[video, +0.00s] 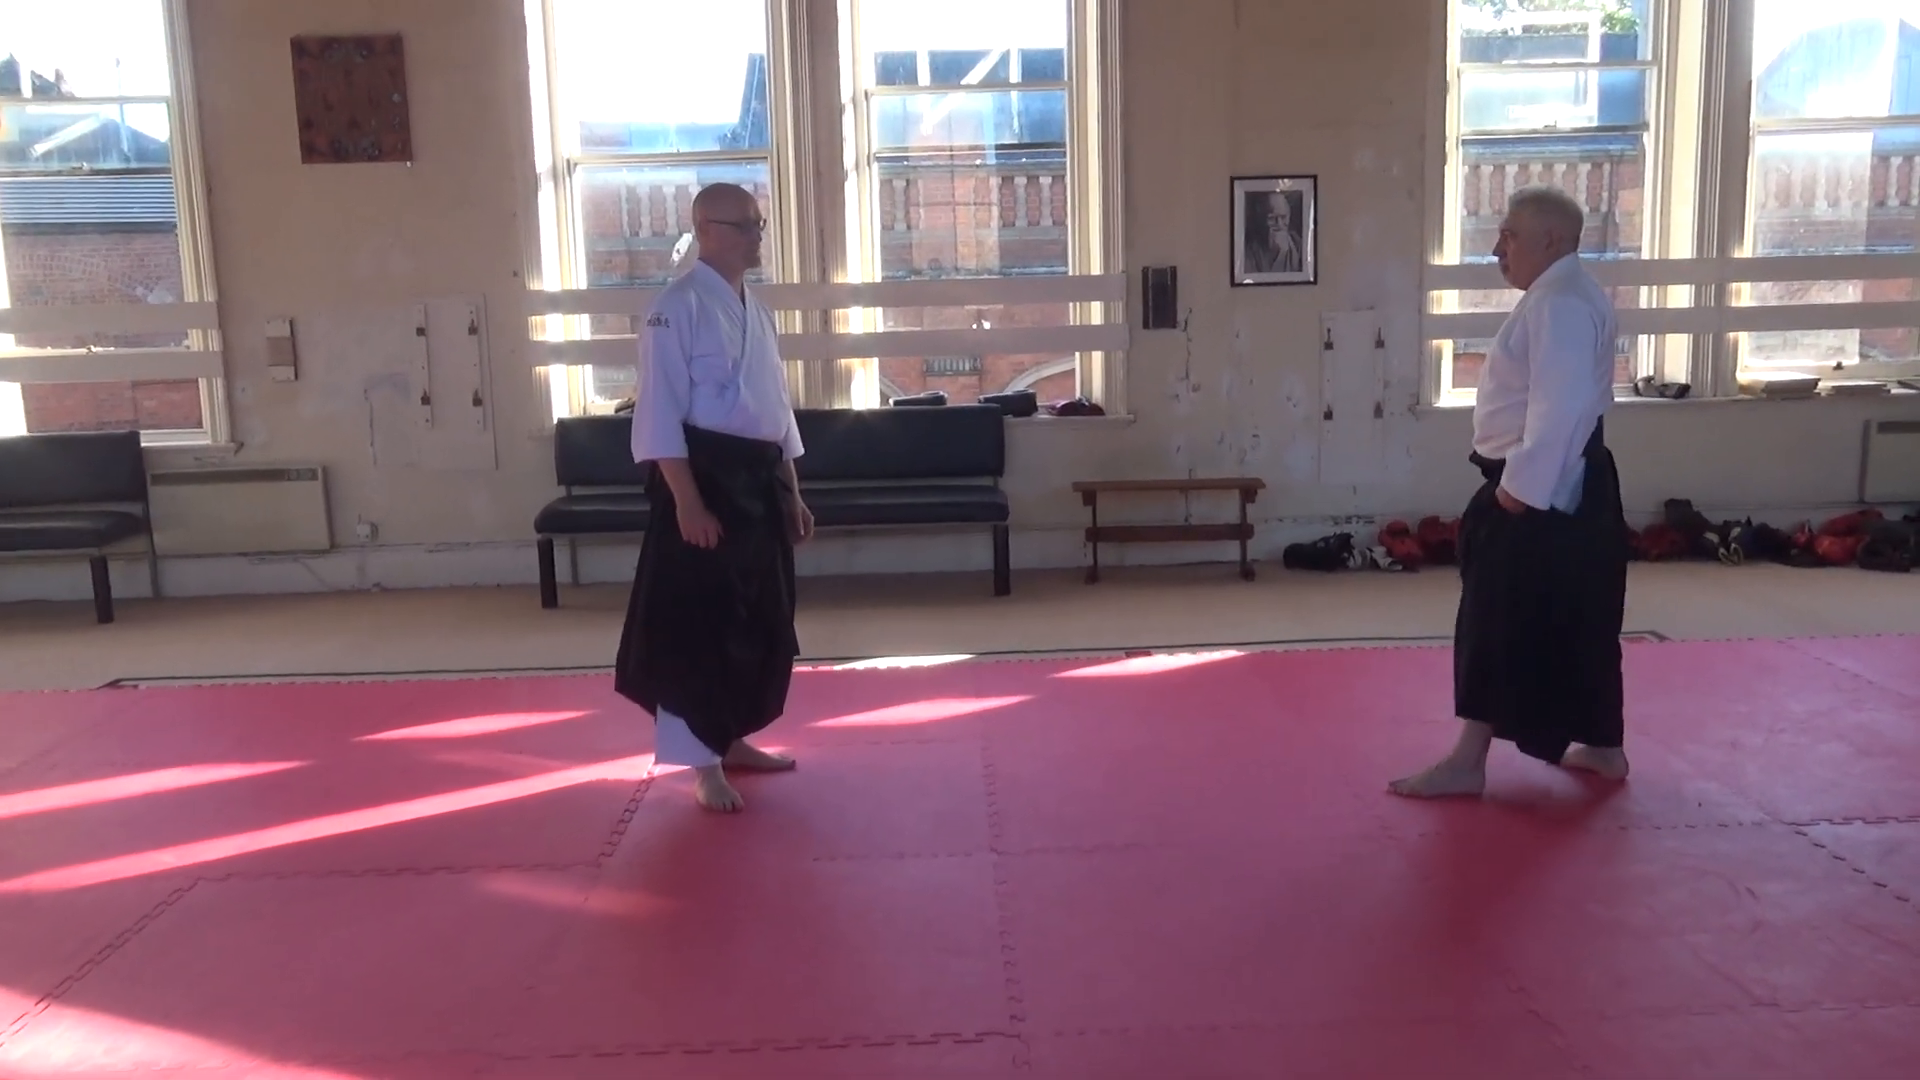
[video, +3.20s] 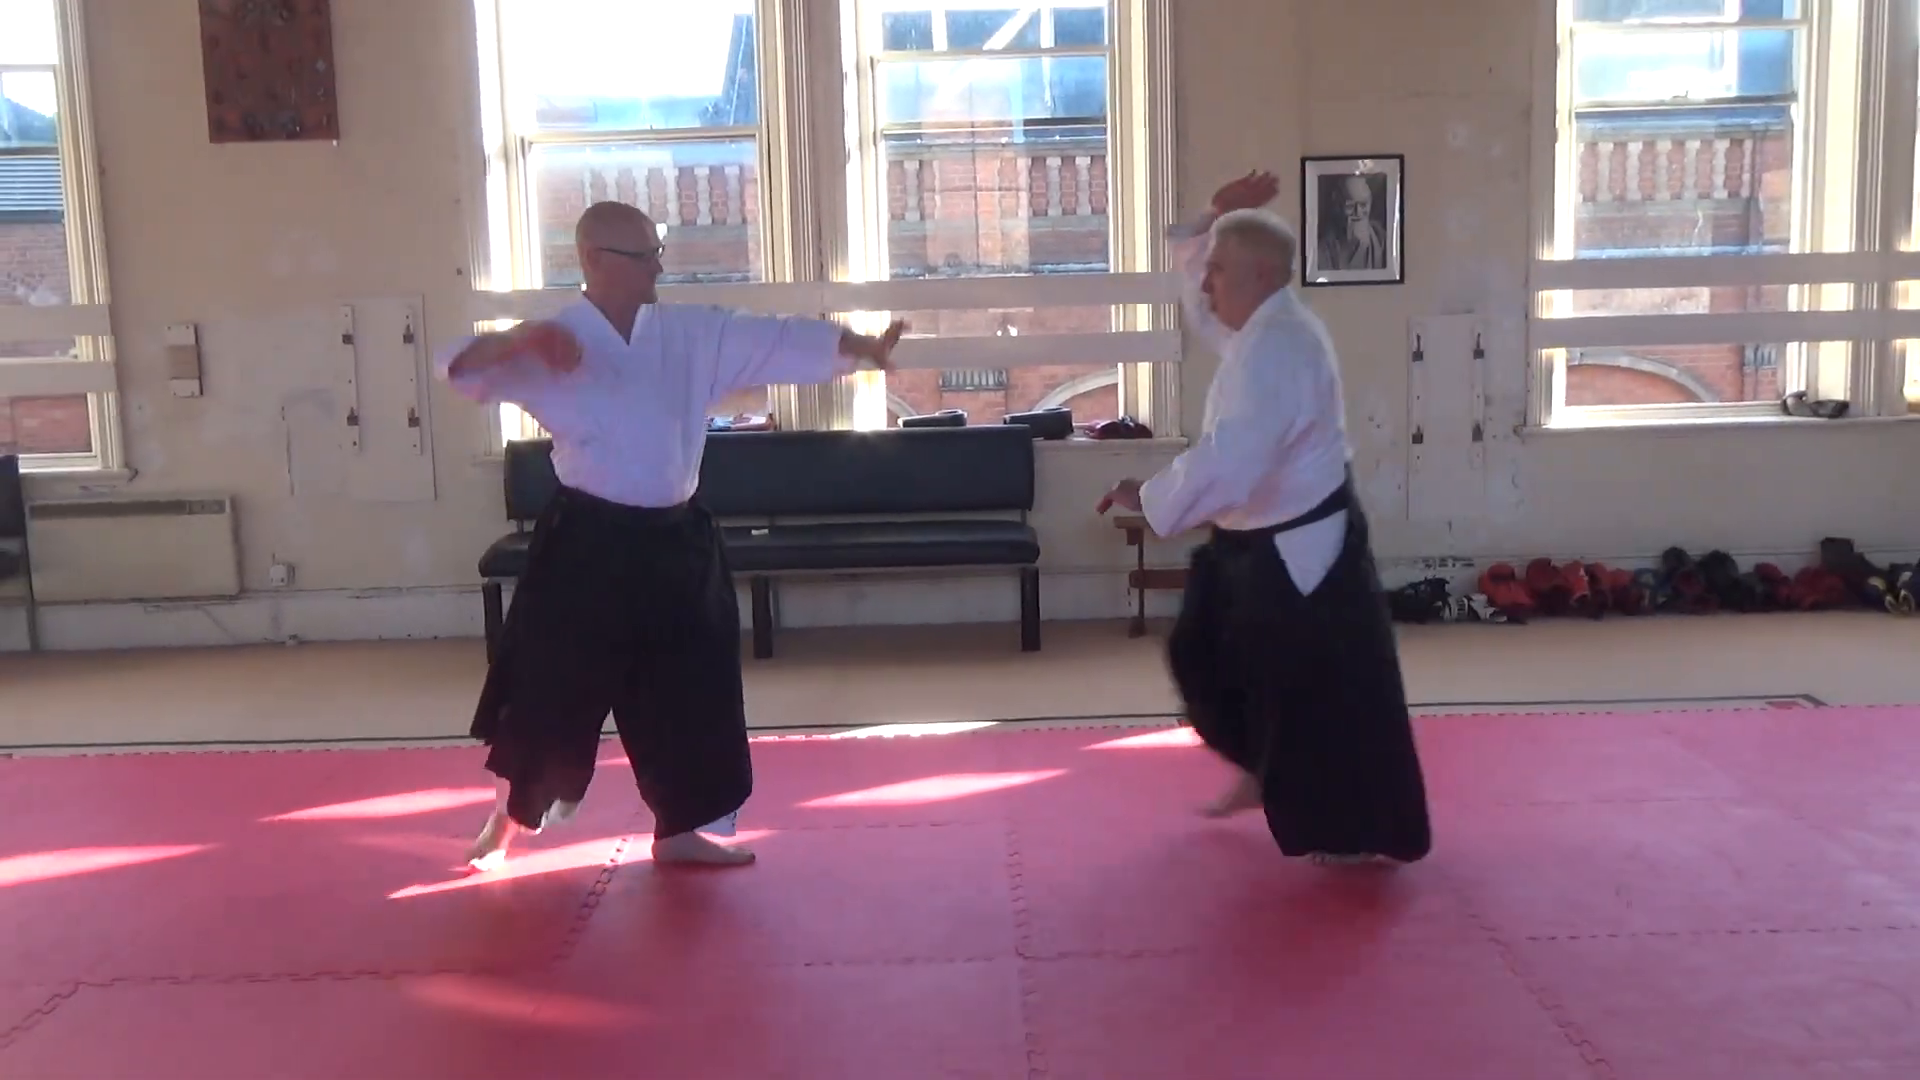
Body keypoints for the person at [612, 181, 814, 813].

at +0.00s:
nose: (757, 235)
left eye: (758, 225)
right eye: (743, 225)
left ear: (751, 231)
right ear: (704, 228)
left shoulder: (755, 307)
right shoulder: (676, 302)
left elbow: (775, 402)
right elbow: (658, 410)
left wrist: (791, 487)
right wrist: (686, 499)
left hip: (758, 472)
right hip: (699, 474)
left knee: (752, 608)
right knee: (698, 615)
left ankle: (731, 739)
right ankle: (704, 761)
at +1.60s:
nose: (737, 284)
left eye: (743, 274)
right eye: (724, 272)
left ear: (747, 281)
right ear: (690, 272)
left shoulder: (750, 363)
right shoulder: (638, 342)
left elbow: (764, 447)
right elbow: (589, 428)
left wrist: (747, 516)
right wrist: (617, 502)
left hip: (710, 520)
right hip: (637, 511)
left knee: (704, 654)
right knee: (625, 651)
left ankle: (692, 791)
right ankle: (602, 790)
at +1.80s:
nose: (697, 245)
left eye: (702, 234)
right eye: (683, 232)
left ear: (699, 241)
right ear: (639, 232)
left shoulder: (703, 335)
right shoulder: (575, 313)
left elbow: (721, 431)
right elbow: (526, 421)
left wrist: (700, 508)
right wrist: (576, 501)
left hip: (656, 517)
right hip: (568, 509)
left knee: (649, 673)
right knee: (550, 665)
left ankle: (651, 830)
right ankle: (503, 804)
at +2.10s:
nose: (587, 206)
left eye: (589, 193)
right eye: (569, 190)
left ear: (579, 204)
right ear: (517, 195)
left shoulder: (596, 303)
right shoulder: (453, 294)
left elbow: (633, 419)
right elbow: (411, 428)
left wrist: (614, 516)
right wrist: (469, 522)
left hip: (565, 526)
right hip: (458, 523)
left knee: (608, 691)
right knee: (449, 695)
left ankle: (615, 871)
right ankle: (415, 845)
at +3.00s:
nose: (604, 255)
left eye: (602, 242)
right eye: (580, 240)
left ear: (600, 253)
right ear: (544, 248)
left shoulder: (634, 336)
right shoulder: (504, 341)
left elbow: (697, 415)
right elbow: (457, 445)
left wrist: (745, 498)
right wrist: (503, 536)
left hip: (625, 536)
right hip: (534, 537)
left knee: (656, 683)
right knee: (522, 683)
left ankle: (664, 837)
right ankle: (510, 812)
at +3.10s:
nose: (640, 266)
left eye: (641, 254)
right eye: (627, 254)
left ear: (633, 259)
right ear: (581, 257)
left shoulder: (668, 337)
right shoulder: (534, 343)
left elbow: (747, 383)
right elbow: (456, 428)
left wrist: (817, 432)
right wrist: (512, 446)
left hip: (653, 531)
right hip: (566, 531)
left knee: (669, 680)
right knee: (554, 680)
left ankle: (673, 832)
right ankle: (516, 797)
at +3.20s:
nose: (658, 266)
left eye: (658, 254)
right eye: (644, 255)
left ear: (650, 259)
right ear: (595, 259)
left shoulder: (688, 332)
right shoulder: (553, 337)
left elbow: (773, 338)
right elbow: (464, 372)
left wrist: (861, 347)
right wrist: (523, 347)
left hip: (676, 532)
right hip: (588, 532)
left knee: (686, 684)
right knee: (555, 682)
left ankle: (676, 830)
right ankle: (514, 805)